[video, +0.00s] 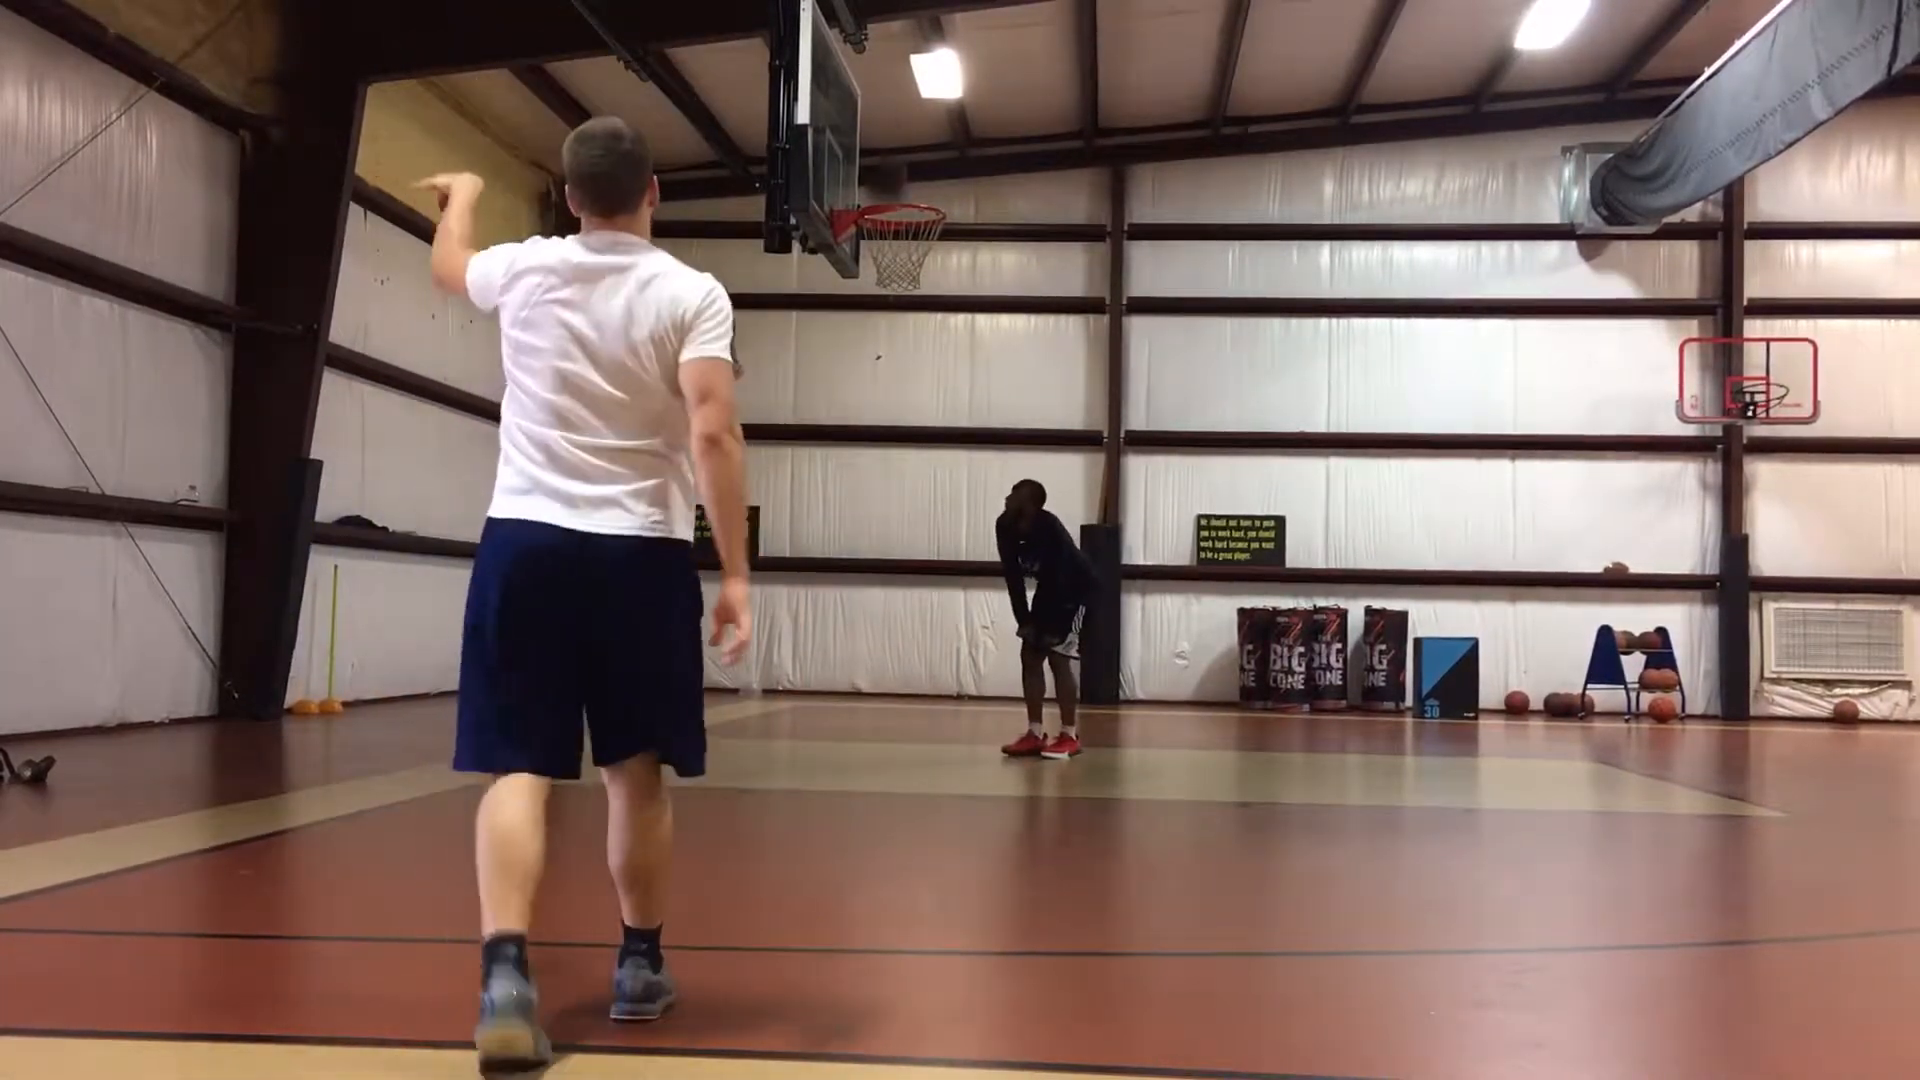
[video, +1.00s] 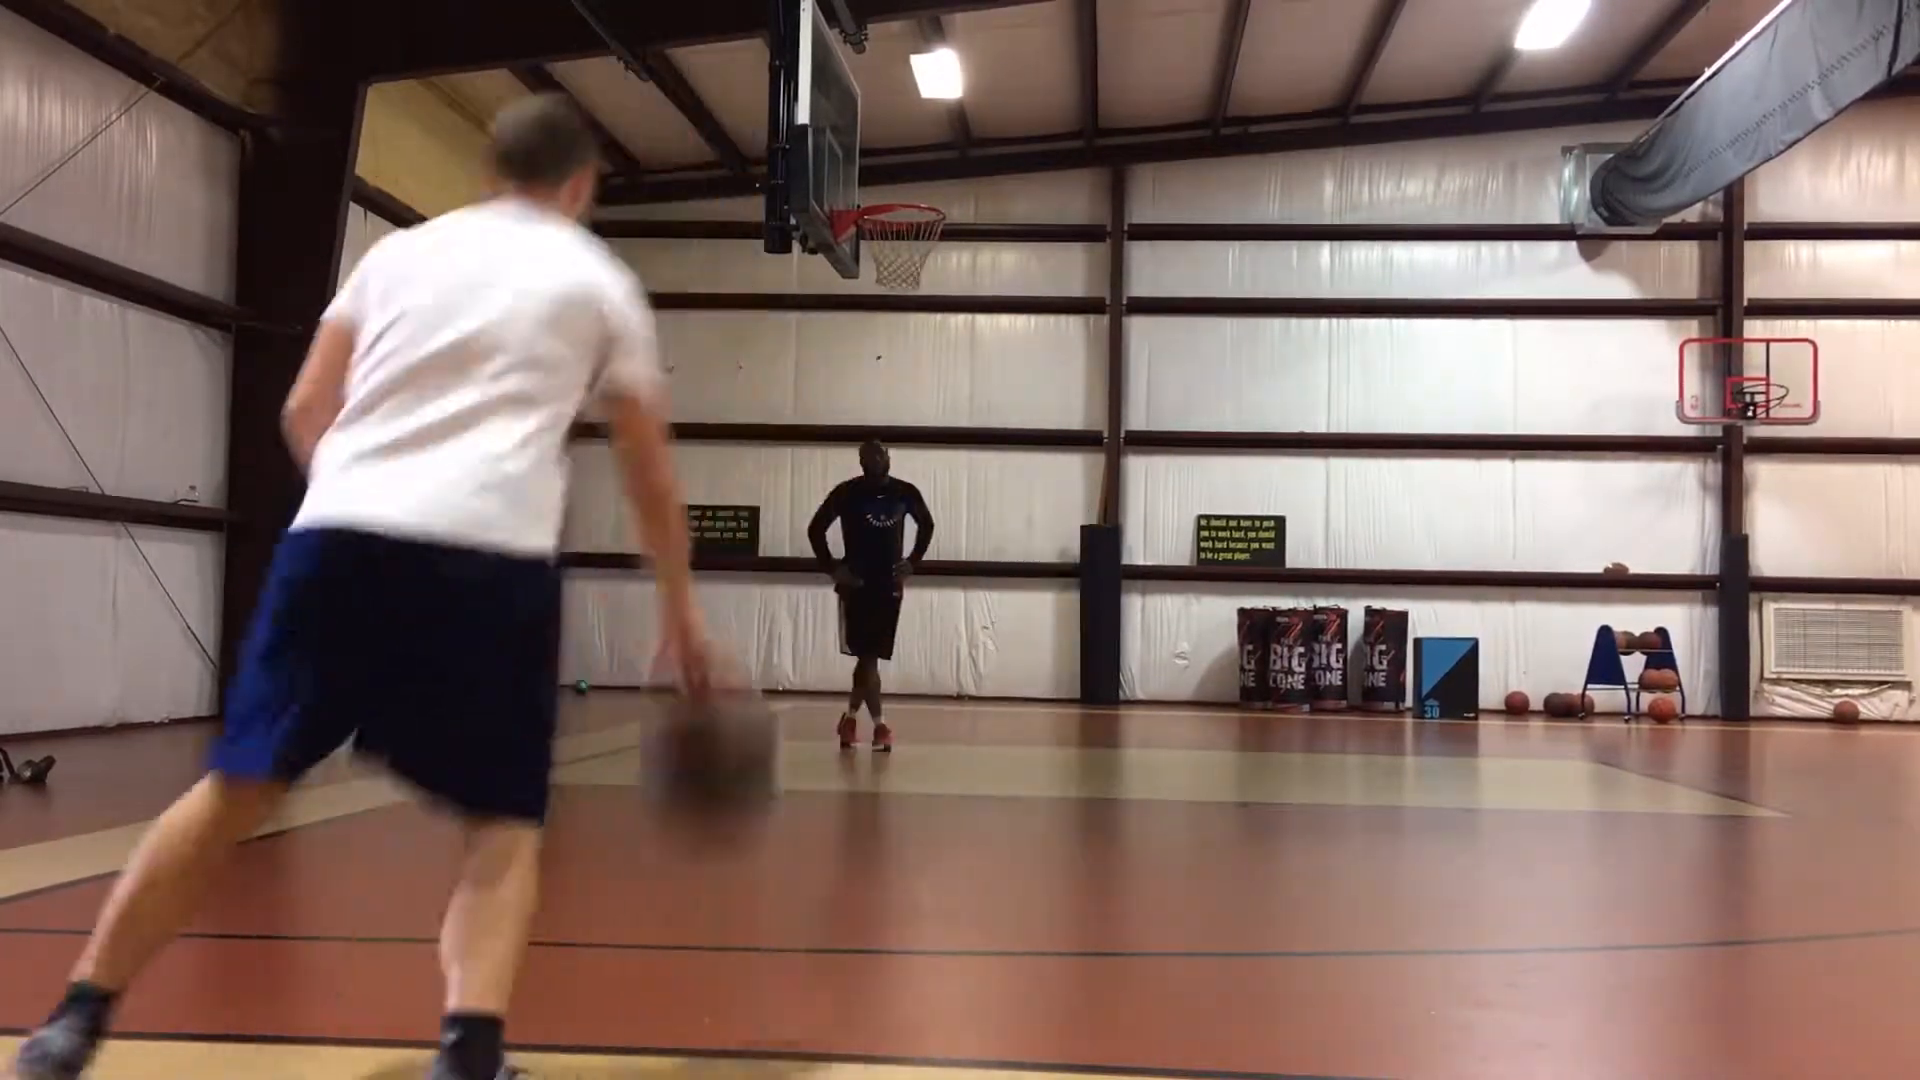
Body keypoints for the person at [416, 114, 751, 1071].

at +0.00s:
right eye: (652, 187)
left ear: (567, 200)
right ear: (653, 196)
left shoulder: (521, 268)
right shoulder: (694, 295)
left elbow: (452, 266)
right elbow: (714, 430)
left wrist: (460, 194)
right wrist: (735, 571)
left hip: (525, 553)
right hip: (641, 565)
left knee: (519, 766)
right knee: (637, 773)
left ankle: (505, 976)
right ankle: (639, 966)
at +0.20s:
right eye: (643, 172)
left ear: (548, 182)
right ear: (640, 178)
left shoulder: (503, 265)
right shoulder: (683, 271)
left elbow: (435, 372)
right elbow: (692, 416)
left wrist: (513, 352)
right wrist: (705, 563)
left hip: (517, 553)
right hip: (637, 558)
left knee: (520, 777)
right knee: (636, 778)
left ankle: (514, 1013)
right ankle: (641, 974)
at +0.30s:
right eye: (639, 159)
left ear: (548, 168)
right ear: (641, 164)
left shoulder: (502, 259)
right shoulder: (688, 258)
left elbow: (435, 396)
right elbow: (708, 408)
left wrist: (444, 468)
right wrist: (728, 549)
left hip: (520, 547)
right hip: (647, 550)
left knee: (519, 777)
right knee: (648, 770)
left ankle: (512, 1016)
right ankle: (645, 986)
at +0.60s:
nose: (696, 174)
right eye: (700, 161)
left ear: (601, 160)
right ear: (698, 163)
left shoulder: (532, 251)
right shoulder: (744, 263)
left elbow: (490, 380)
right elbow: (808, 420)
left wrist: (473, 527)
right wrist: (835, 539)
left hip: (543, 542)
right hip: (685, 551)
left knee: (526, 798)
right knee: (680, 788)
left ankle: (513, 1027)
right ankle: (697, 1049)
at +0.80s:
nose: (701, 152)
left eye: (698, 143)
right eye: (702, 140)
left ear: (596, 126)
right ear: (690, 134)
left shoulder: (507, 208)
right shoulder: (693, 206)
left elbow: (428, 369)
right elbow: (725, 343)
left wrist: (499, 458)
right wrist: (841, 450)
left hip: (456, 496)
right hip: (604, 511)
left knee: (392, 763)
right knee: (624, 767)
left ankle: (292, 998)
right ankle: (623, 1010)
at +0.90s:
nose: (651, 149)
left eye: (646, 139)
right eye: (653, 136)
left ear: (548, 124)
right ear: (642, 131)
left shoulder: (453, 208)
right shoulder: (653, 211)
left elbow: (376, 360)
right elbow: (710, 371)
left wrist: (405, 464)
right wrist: (750, 474)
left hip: (395, 477)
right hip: (547, 491)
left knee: (323, 742)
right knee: (554, 763)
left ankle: (180, 985)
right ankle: (529, 1018)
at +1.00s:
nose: (592, 200)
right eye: (595, 188)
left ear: (491, 173)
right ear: (582, 184)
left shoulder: (395, 253)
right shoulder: (597, 276)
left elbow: (308, 409)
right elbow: (650, 470)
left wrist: (376, 508)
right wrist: (681, 619)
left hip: (335, 544)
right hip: (490, 569)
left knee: (233, 784)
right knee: (505, 821)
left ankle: (76, 1018)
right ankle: (471, 1057)